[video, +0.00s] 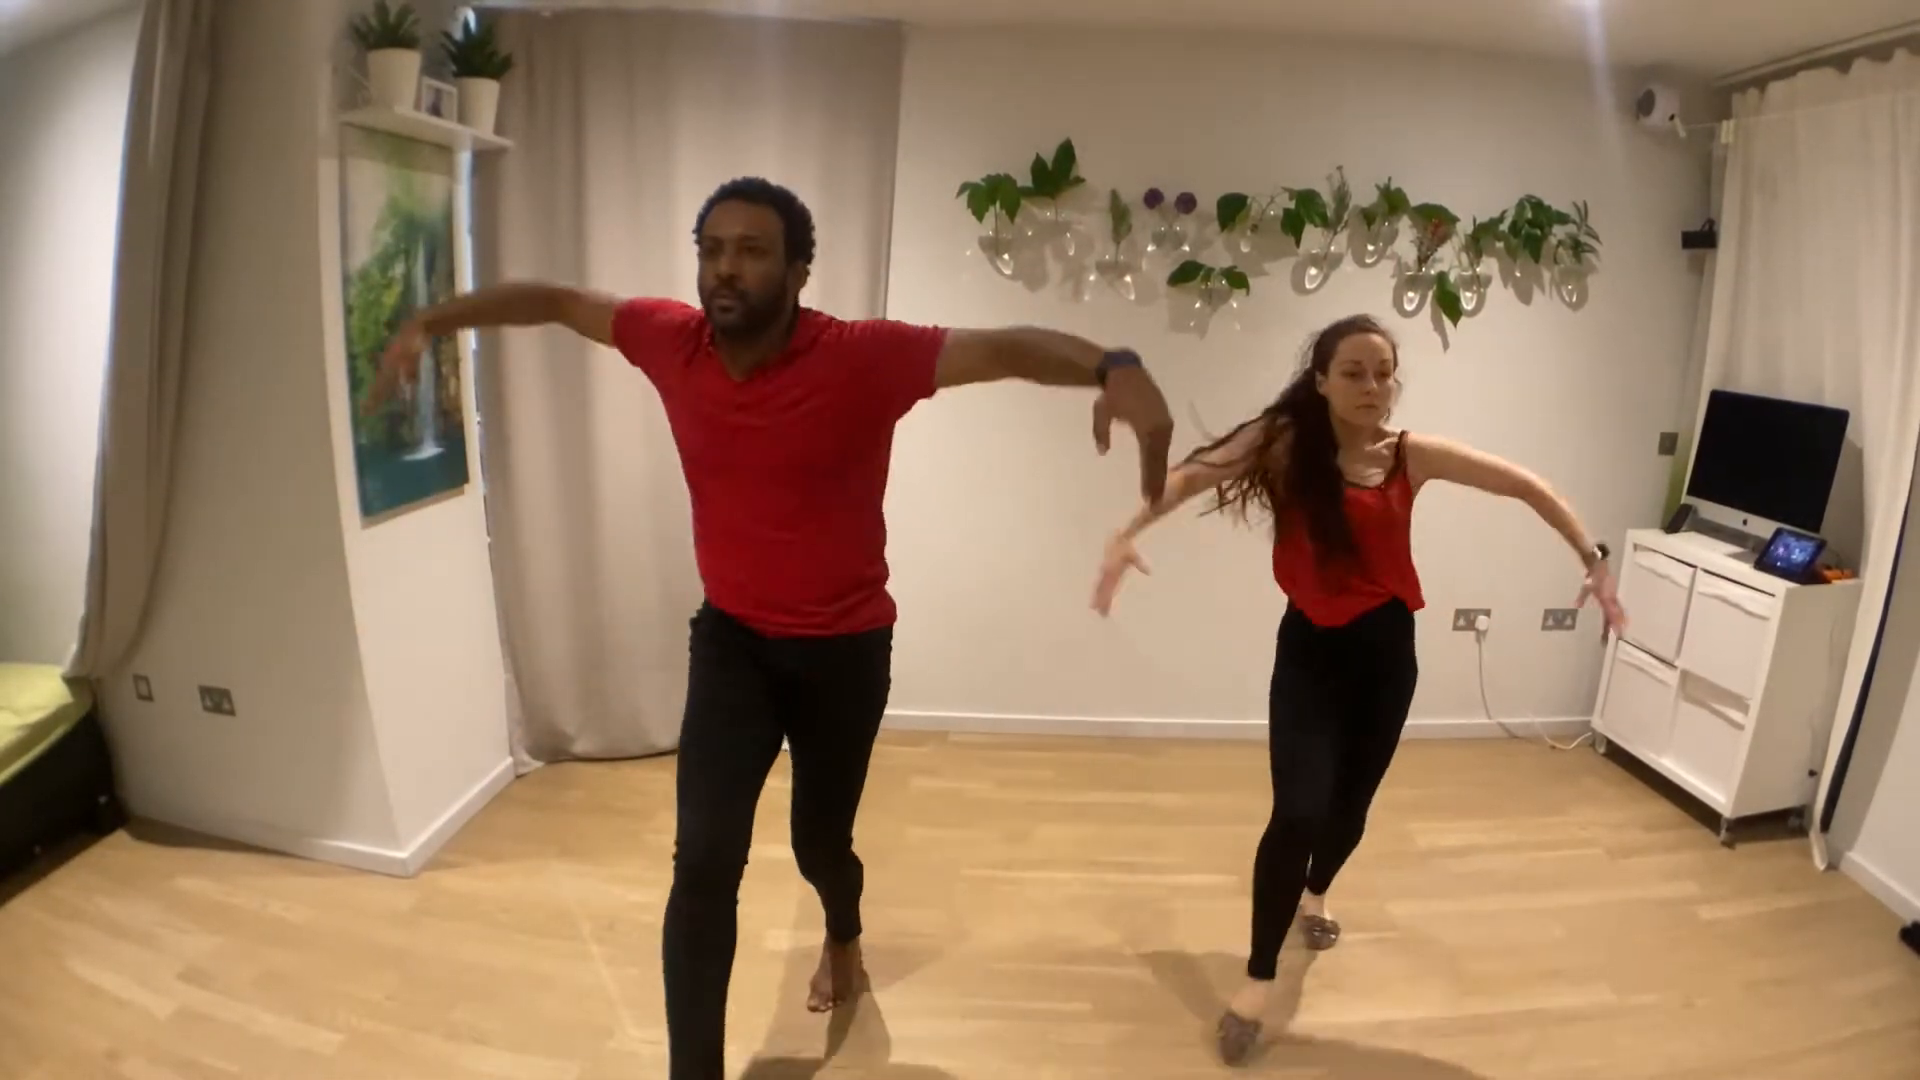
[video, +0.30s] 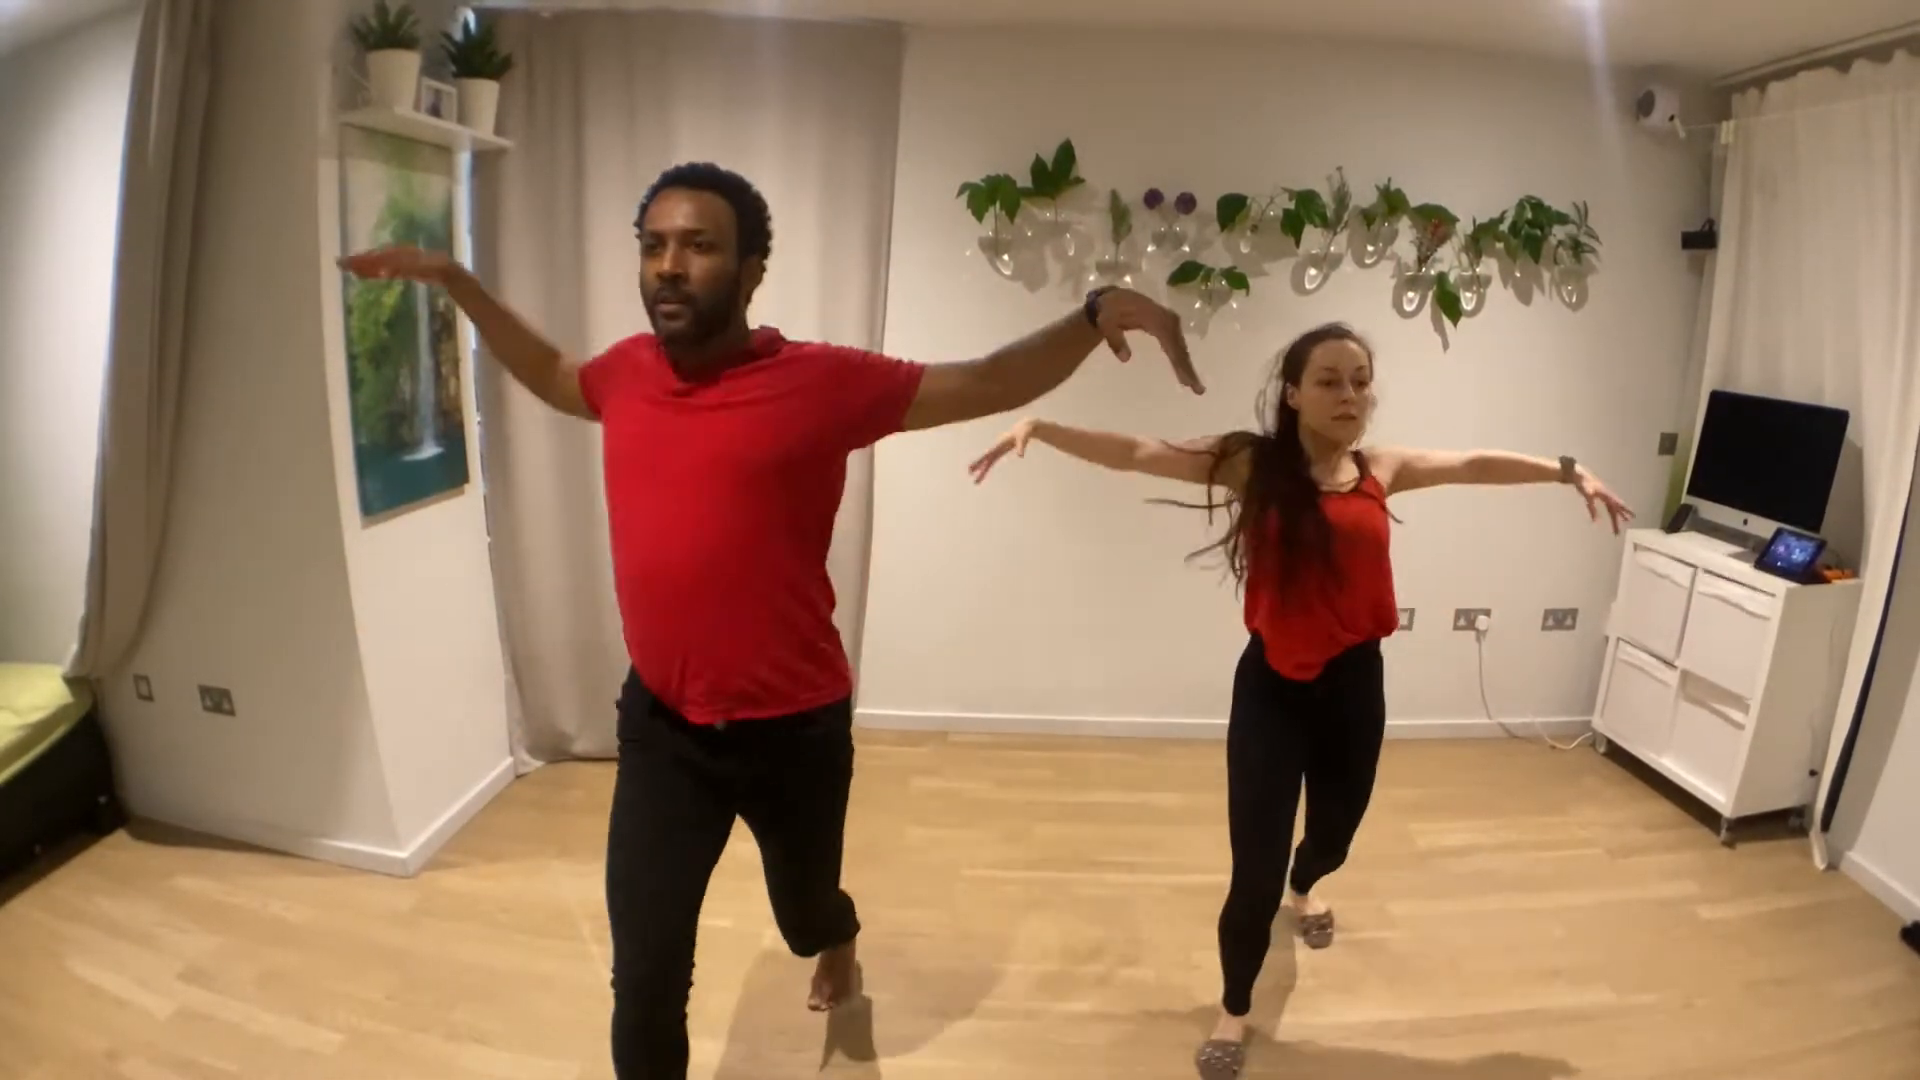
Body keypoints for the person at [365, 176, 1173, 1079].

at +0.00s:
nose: (729, 270)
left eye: (753, 253)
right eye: (715, 251)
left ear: (800, 271)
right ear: (696, 262)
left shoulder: (867, 356)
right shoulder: (670, 340)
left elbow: (1009, 350)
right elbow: (557, 303)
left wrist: (1117, 364)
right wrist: (432, 317)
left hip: (845, 645)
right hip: (733, 638)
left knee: (818, 842)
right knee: (705, 862)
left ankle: (843, 939)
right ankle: (693, 1073)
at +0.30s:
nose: (666, 267)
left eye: (696, 246)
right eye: (652, 245)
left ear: (752, 269)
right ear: (636, 259)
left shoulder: (817, 383)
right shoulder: (622, 376)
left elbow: (984, 384)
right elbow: (552, 376)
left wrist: (1097, 316)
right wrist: (452, 281)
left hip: (794, 727)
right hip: (663, 723)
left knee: (805, 912)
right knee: (645, 981)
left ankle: (836, 956)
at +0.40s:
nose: (650, 278)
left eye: (681, 254)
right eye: (637, 256)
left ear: (742, 278)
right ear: (621, 272)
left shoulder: (807, 408)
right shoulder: (615, 403)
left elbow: (984, 451)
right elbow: (538, 458)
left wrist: (1112, 366)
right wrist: (429, 357)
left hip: (774, 747)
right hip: (645, 743)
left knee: (785, 949)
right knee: (620, 1011)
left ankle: (843, 953)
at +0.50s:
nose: (647, 293)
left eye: (675, 272)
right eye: (633, 272)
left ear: (737, 291)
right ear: (617, 289)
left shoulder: (808, 430)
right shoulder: (607, 428)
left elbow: (986, 512)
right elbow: (505, 515)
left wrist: (1146, 466)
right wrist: (375, 422)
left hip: (767, 759)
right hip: (638, 756)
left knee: (781, 957)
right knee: (620, 1021)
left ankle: (848, 930)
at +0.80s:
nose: (681, 300)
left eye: (709, 281)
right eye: (669, 279)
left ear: (767, 293)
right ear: (656, 290)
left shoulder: (836, 417)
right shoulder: (627, 409)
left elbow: (977, 500)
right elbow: (458, 452)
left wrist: (1123, 571)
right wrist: (302, 472)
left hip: (827, 692)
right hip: (707, 694)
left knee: (839, 818)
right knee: (690, 922)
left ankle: (856, 891)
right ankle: (684, 1076)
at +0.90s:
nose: (698, 295)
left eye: (723, 275)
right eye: (683, 274)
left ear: (772, 288)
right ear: (665, 285)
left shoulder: (837, 406)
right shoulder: (630, 400)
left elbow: (956, 509)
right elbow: (474, 468)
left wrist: (1061, 602)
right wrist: (322, 519)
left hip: (832, 667)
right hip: (717, 669)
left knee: (846, 796)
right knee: (692, 892)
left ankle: (855, 887)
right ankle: (741, 1047)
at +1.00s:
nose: (700, 290)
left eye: (725, 268)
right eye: (685, 269)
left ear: (775, 283)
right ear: (669, 279)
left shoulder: (836, 401)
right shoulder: (640, 396)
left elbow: (967, 530)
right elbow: (506, 496)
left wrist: (971, 684)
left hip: (830, 667)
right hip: (716, 670)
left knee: (843, 796)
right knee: (714, 894)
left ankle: (858, 884)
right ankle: (776, 986)